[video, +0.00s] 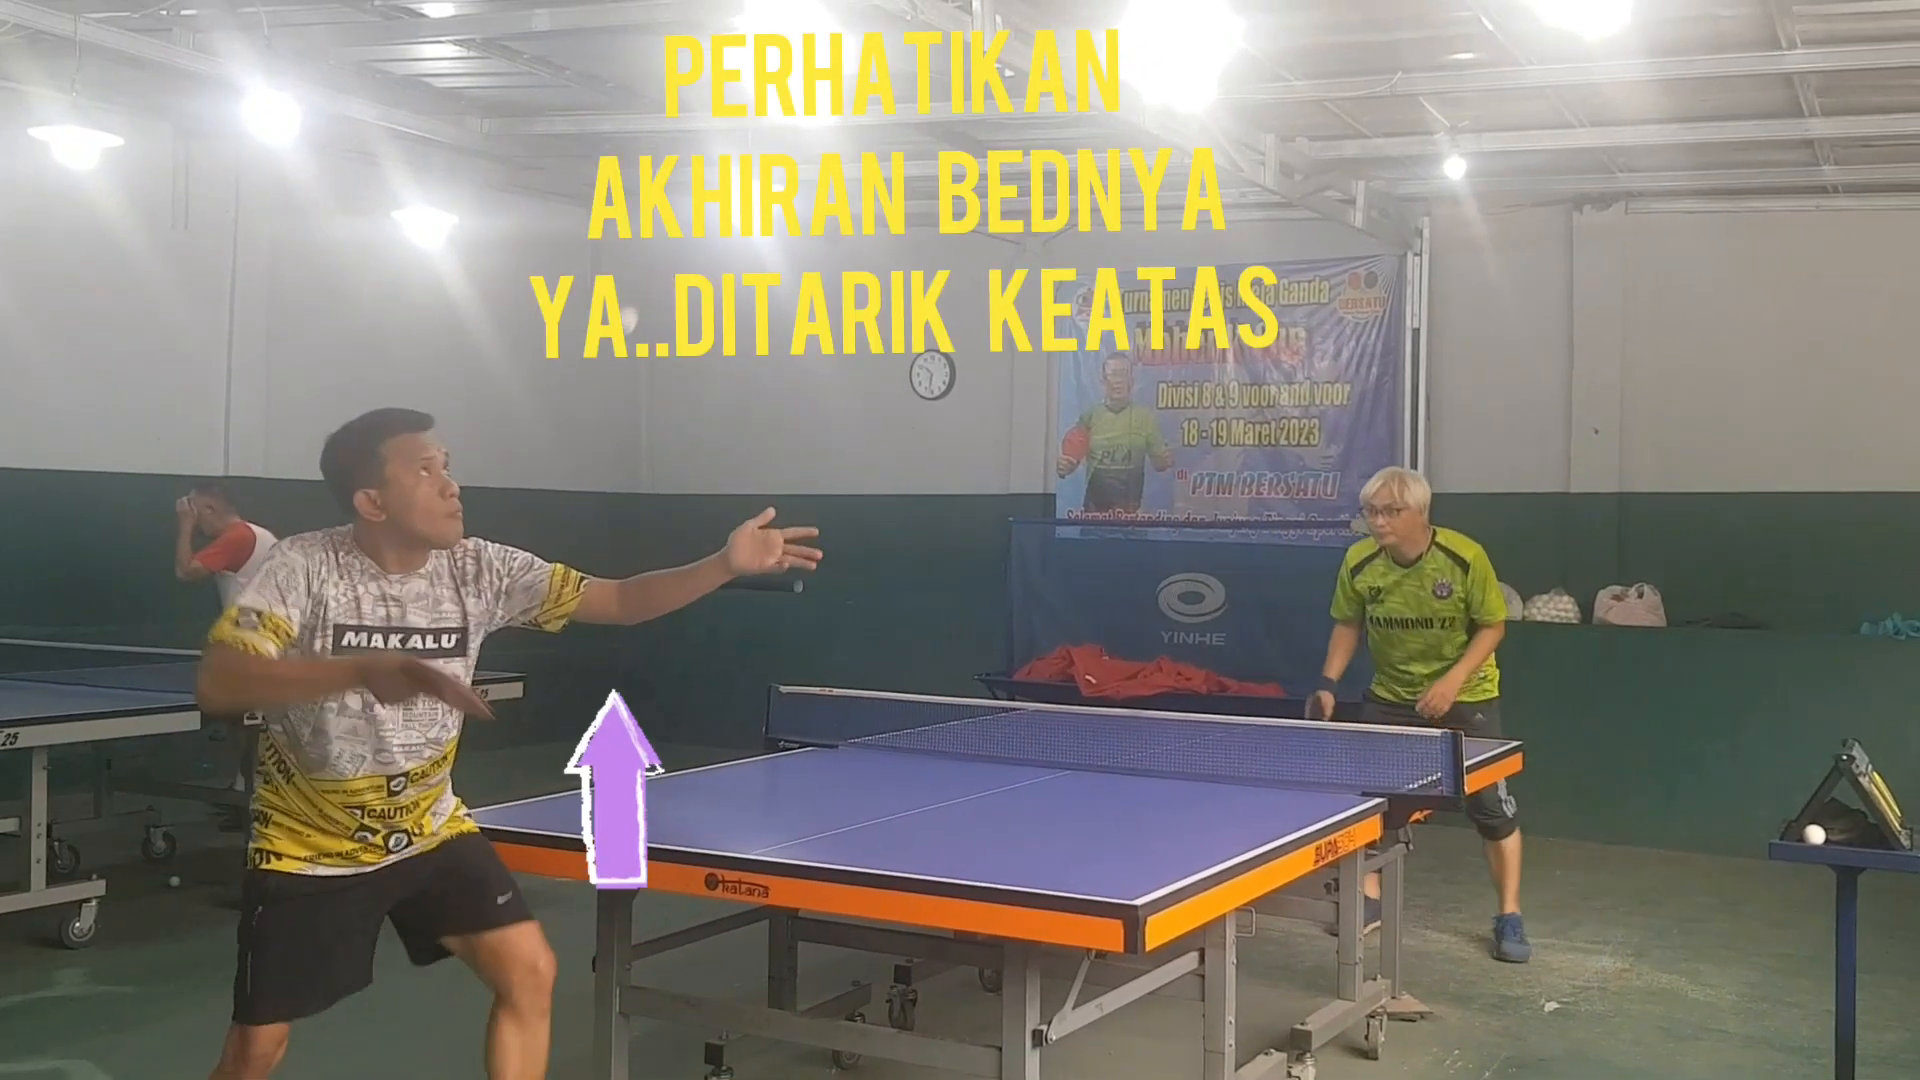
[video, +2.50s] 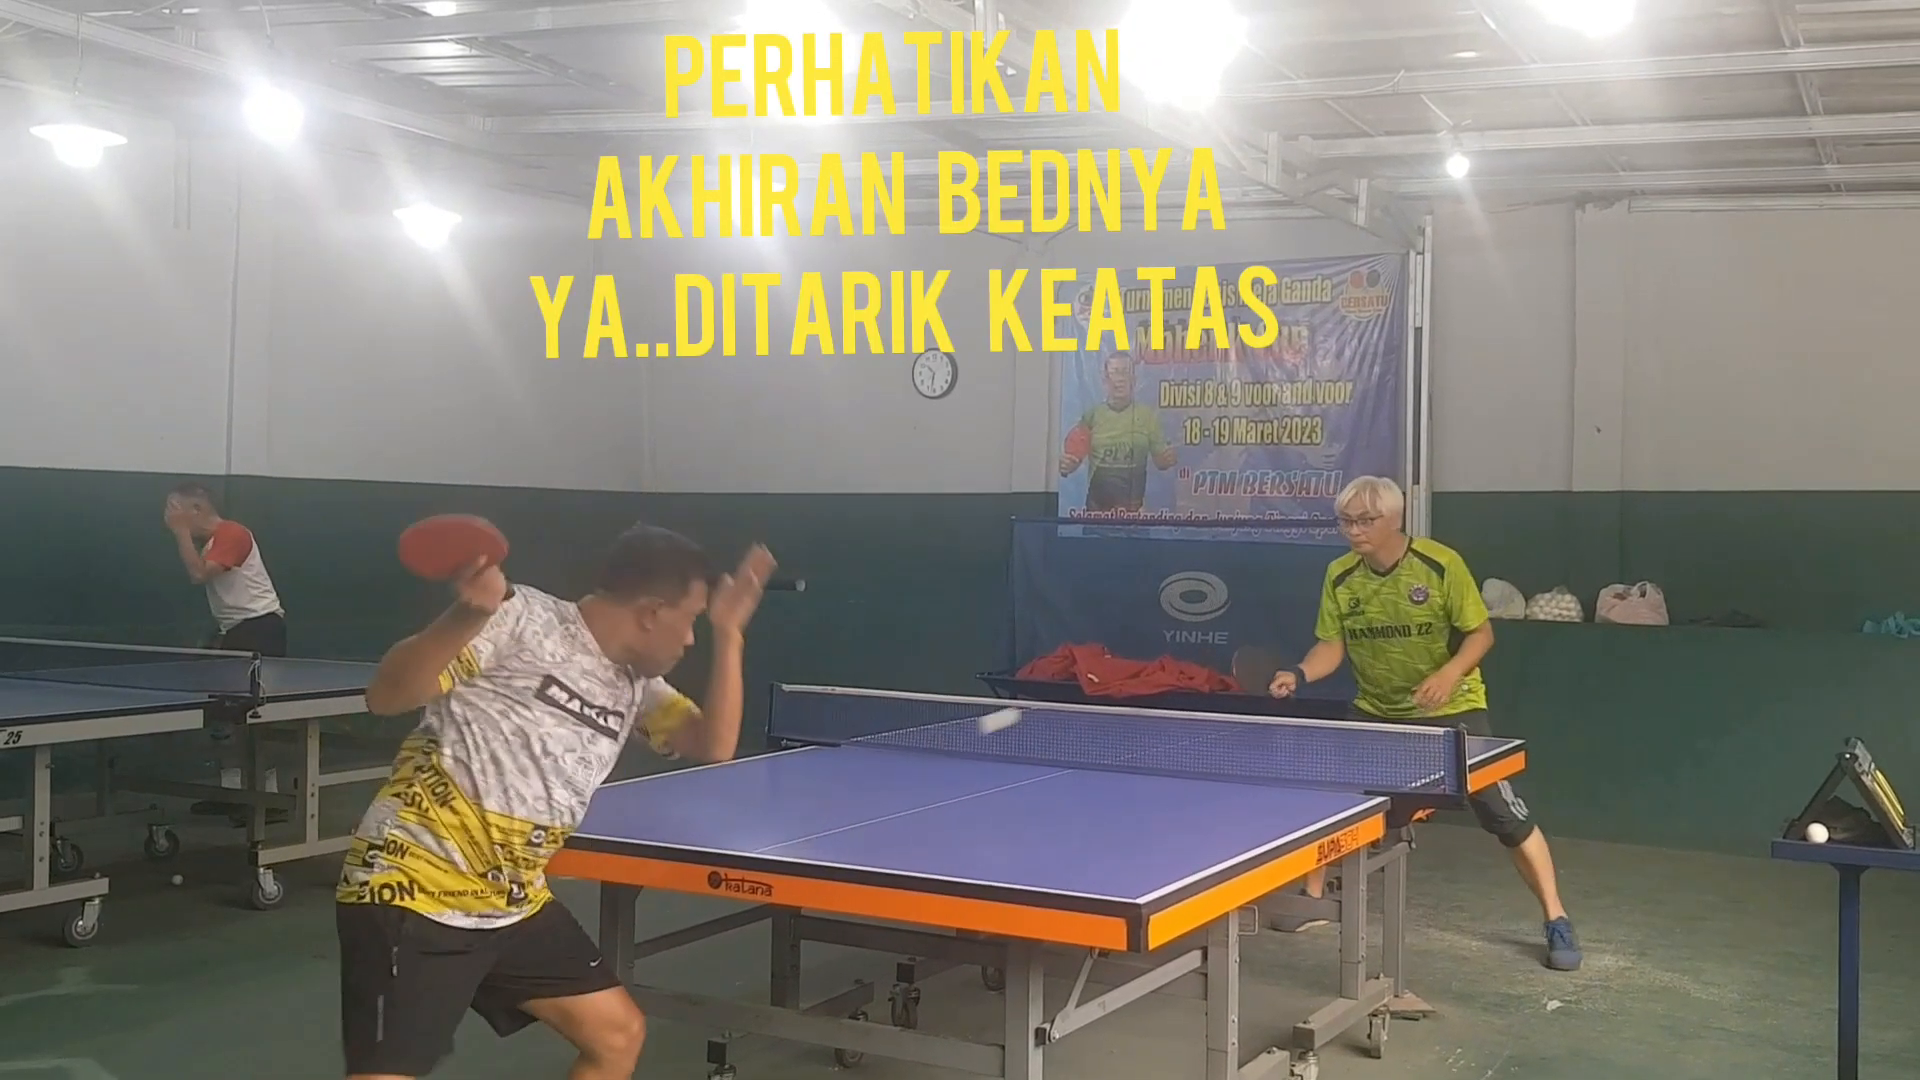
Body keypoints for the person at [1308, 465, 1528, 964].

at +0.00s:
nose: (1375, 521)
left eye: (1386, 511)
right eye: (1370, 512)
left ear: (1418, 514)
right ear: (1367, 516)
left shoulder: (1465, 558)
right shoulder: (1357, 564)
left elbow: (1492, 625)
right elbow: (1346, 624)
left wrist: (1452, 681)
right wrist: (1328, 683)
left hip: (1466, 698)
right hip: (1390, 697)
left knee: (1492, 803)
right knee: (1365, 794)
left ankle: (1509, 915)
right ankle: (1368, 897)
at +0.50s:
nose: (1376, 518)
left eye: (1387, 509)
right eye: (1371, 509)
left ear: (1418, 511)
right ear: (1367, 514)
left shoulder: (1466, 558)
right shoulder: (1359, 561)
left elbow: (1492, 627)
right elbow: (1344, 621)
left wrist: (1446, 677)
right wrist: (1315, 674)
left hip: (1462, 700)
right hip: (1385, 695)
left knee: (1488, 804)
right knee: (1336, 775)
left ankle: (1506, 919)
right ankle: (1347, 891)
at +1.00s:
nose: (1367, 521)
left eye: (1378, 511)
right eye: (1361, 511)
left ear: (1409, 513)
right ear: (1355, 515)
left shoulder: (1454, 558)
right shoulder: (1349, 561)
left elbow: (1483, 626)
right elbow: (1332, 624)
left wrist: (1441, 676)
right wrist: (1301, 668)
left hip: (1452, 705)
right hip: (1373, 702)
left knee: (1485, 808)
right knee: (1330, 790)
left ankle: (1505, 918)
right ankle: (1308, 895)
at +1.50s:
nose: (1352, 525)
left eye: (1364, 515)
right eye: (1346, 516)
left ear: (1395, 517)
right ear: (1343, 518)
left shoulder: (1439, 561)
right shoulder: (1334, 568)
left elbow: (1471, 630)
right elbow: (1318, 631)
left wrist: (1437, 675)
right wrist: (1289, 669)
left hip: (1441, 702)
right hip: (1363, 701)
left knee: (1485, 802)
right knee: (1315, 782)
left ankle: (1514, 910)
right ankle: (1310, 895)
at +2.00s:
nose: (1347, 529)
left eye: (1358, 519)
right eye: (1342, 519)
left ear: (1387, 519)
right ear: (1337, 522)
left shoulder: (1434, 564)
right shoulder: (1330, 572)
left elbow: (1470, 632)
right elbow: (1317, 638)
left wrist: (1439, 676)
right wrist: (1289, 674)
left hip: (1441, 705)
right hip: (1365, 706)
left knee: (1485, 801)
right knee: (1318, 785)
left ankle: (1535, 911)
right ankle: (1311, 896)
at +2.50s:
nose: (1352, 530)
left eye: (1362, 521)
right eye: (1346, 521)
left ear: (1392, 521)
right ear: (1343, 526)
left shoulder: (1440, 564)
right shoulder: (1340, 575)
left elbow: (1481, 633)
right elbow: (1330, 646)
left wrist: (1449, 675)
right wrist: (1298, 673)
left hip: (1451, 710)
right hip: (1375, 712)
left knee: (1501, 806)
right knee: (1319, 783)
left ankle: (1556, 918)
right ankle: (1313, 895)